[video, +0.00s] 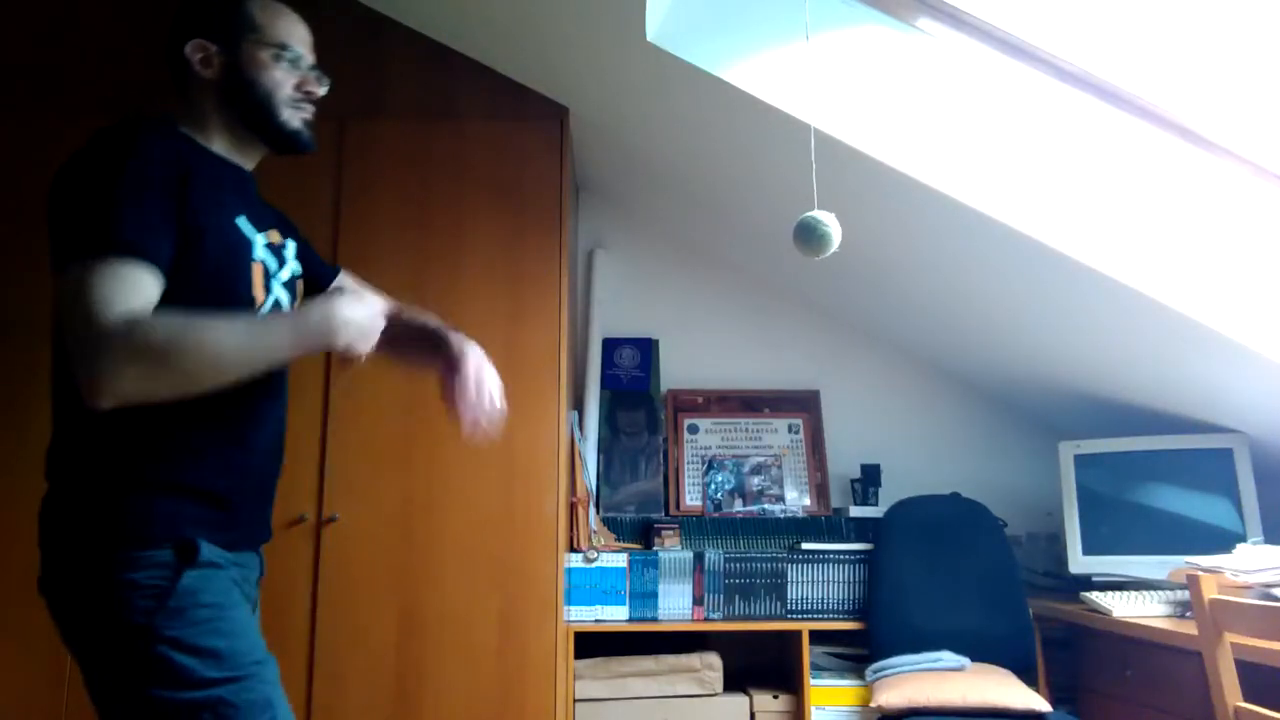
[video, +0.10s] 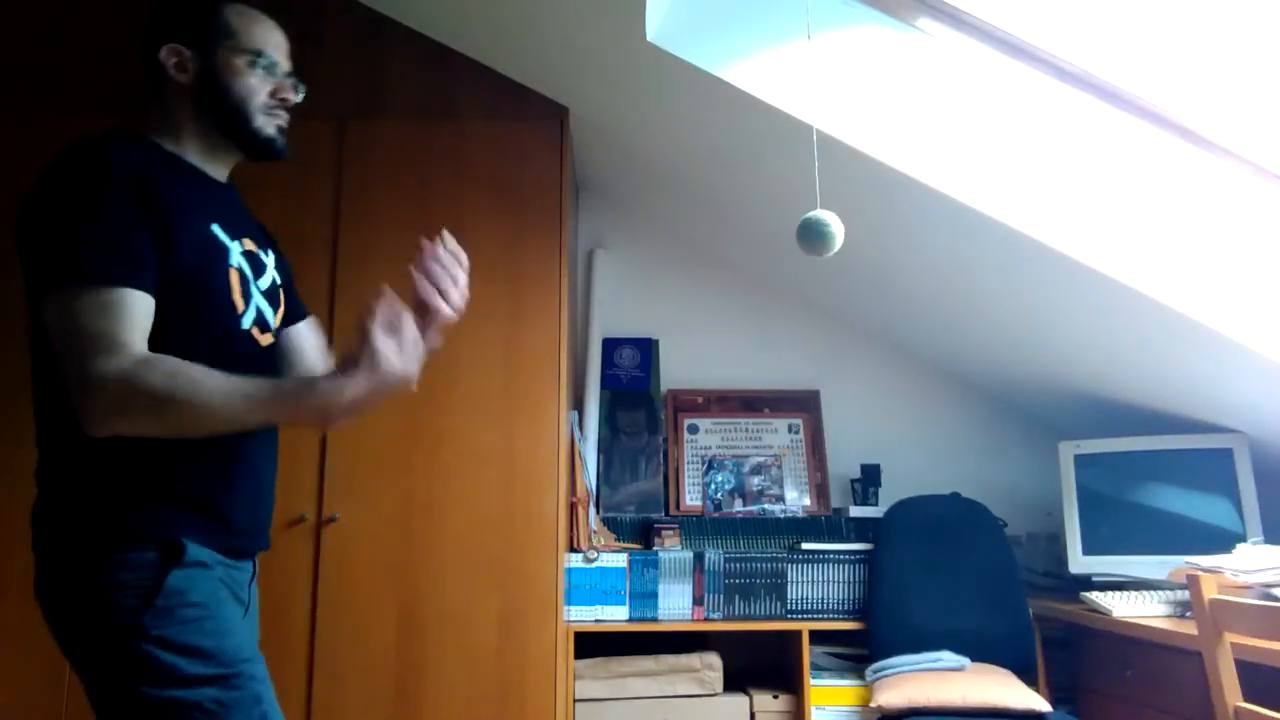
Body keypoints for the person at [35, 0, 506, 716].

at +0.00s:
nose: (314, 83)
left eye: (313, 69)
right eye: (285, 58)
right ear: (208, 61)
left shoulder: (258, 217)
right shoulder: (134, 162)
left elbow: (356, 305)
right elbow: (109, 361)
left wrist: (446, 346)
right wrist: (313, 325)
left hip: (221, 557)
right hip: (150, 558)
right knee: (253, 705)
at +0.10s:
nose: (288, 89)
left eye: (288, 76)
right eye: (260, 64)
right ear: (181, 65)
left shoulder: (248, 233)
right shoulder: (107, 178)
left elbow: (321, 385)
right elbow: (107, 386)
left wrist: (415, 334)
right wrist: (327, 393)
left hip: (220, 565)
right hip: (144, 563)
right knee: (240, 706)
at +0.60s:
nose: (287, 66)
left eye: (286, 52)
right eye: (256, 44)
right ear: (176, 56)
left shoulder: (279, 218)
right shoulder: (94, 174)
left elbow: (339, 390)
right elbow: (87, 367)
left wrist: (406, 274)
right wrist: (268, 257)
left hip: (269, 562)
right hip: (177, 563)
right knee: (262, 708)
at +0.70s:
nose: (304, 59)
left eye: (303, 45)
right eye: (273, 37)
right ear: (193, 52)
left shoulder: (279, 209)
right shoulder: (116, 166)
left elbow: (379, 366)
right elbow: (122, 341)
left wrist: (425, 273)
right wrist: (300, 236)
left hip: (276, 556)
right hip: (192, 561)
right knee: (294, 708)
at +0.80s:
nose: (314, 74)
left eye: (311, 59)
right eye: (283, 50)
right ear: (203, 64)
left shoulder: (278, 222)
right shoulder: (136, 172)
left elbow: (393, 374)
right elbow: (203, 338)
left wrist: (427, 268)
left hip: (287, 570)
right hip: (214, 572)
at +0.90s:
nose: (321, 67)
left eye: (317, 51)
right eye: (288, 45)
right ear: (209, 61)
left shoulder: (293, 220)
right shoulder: (152, 178)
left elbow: (381, 390)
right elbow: (210, 375)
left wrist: (426, 255)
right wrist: (403, 274)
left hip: (303, 566)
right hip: (232, 568)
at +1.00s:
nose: (332, 57)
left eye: (328, 41)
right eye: (298, 35)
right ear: (217, 54)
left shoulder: (318, 217)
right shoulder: (156, 176)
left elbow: (410, 377)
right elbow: (181, 393)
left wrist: (453, 255)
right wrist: (369, 287)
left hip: (307, 563)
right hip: (233, 562)